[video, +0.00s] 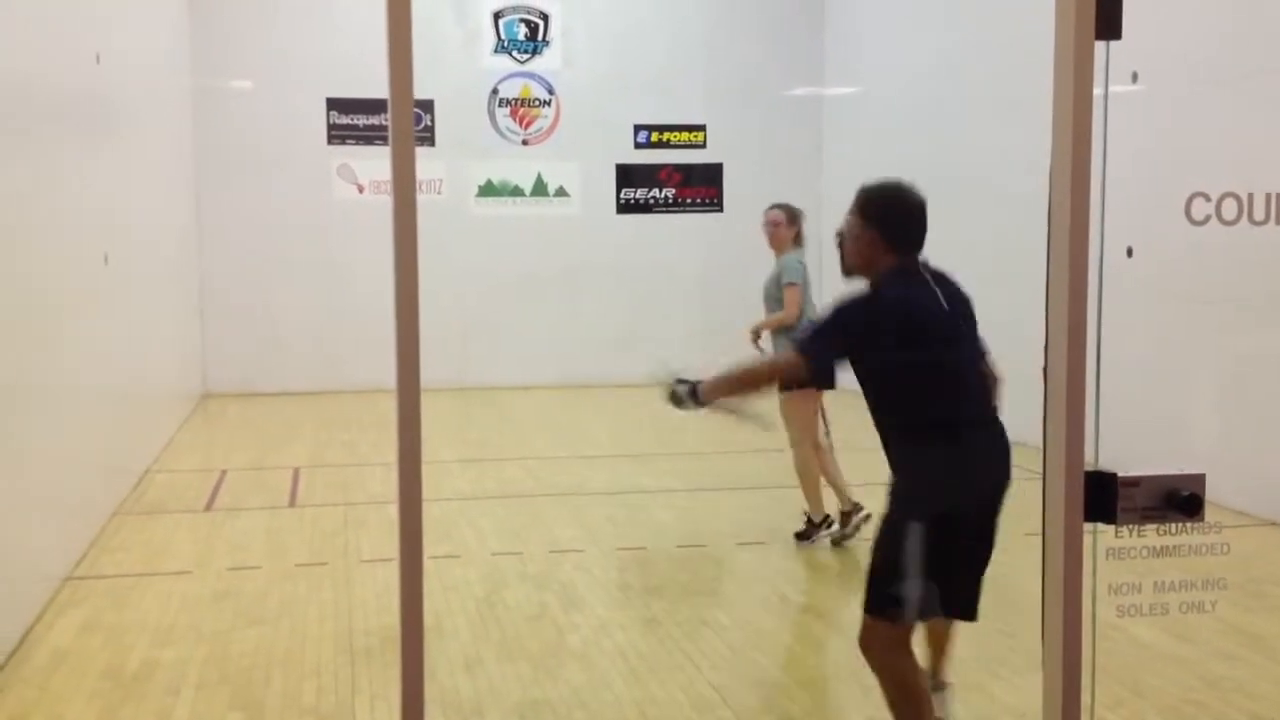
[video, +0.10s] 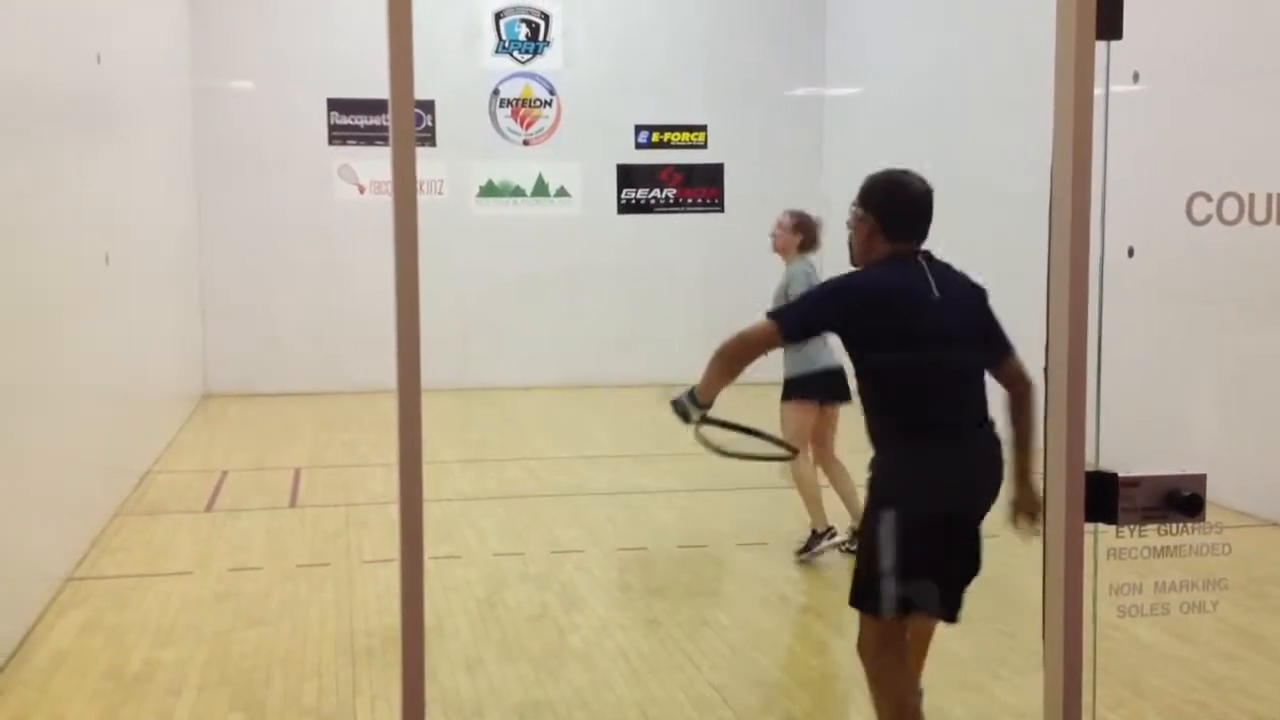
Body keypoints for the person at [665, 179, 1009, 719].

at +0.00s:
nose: (839, 235)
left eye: (850, 226)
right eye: (845, 224)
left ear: (879, 239)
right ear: (903, 239)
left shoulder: (863, 310)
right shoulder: (945, 291)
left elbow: (783, 369)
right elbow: (986, 377)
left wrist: (700, 391)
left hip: (929, 480)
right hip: (986, 466)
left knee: (882, 639)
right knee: (945, 586)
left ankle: (924, 711)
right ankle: (936, 681)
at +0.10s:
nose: (849, 229)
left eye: (854, 219)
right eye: (852, 218)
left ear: (870, 226)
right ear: (922, 229)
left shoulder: (856, 291)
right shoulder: (962, 289)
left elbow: (743, 345)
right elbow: (1020, 383)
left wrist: (701, 398)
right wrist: (1025, 481)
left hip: (907, 477)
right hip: (975, 471)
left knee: (881, 644)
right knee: (920, 618)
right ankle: (902, 701)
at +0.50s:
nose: (866, 250)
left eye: (867, 244)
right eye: (869, 243)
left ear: (873, 251)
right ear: (933, 251)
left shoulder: (848, 320)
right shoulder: (980, 312)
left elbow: (769, 400)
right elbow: (1044, 396)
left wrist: (772, 446)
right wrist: (1078, 465)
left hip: (899, 499)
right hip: (976, 494)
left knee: (889, 659)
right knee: (954, 618)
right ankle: (958, 716)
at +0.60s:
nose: (871, 261)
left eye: (872, 255)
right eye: (876, 253)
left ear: (878, 263)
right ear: (937, 260)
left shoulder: (856, 331)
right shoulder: (985, 315)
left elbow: (804, 422)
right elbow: (1063, 385)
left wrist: (836, 465)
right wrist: (1121, 458)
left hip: (908, 505)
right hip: (986, 499)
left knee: (904, 654)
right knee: (967, 630)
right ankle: (962, 719)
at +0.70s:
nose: (881, 266)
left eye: (882, 259)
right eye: (886, 258)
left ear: (889, 267)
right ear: (946, 261)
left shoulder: (874, 335)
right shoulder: (997, 311)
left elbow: (844, 434)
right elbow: (1090, 374)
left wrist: (896, 465)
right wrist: (1165, 445)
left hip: (922, 498)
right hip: (1000, 493)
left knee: (909, 645)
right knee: (977, 635)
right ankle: (965, 719)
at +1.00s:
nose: (933, 260)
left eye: (932, 253)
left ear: (936, 257)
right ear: (990, 249)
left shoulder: (926, 324)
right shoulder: (1044, 293)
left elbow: (909, 426)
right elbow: (1137, 341)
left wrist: (948, 448)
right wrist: (1179, 394)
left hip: (982, 495)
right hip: (1053, 486)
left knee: (987, 624)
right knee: (987, 620)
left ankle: (971, 712)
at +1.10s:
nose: (949, 266)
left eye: (949, 259)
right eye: (952, 258)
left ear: (954, 264)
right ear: (1006, 254)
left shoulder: (943, 326)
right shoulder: (1055, 296)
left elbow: (926, 425)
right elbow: (1143, 350)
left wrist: (965, 452)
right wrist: (1152, 393)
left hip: (986, 478)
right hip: (1053, 473)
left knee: (1019, 596)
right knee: (1012, 602)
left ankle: (1051, 702)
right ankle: (981, 713)